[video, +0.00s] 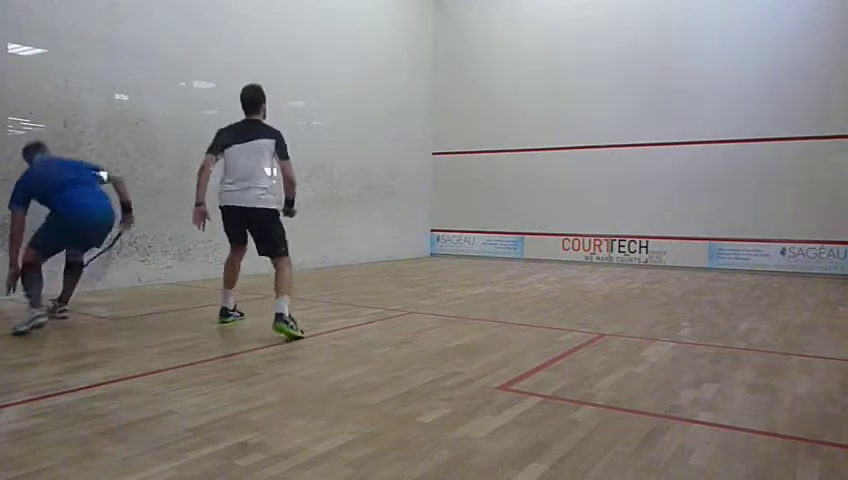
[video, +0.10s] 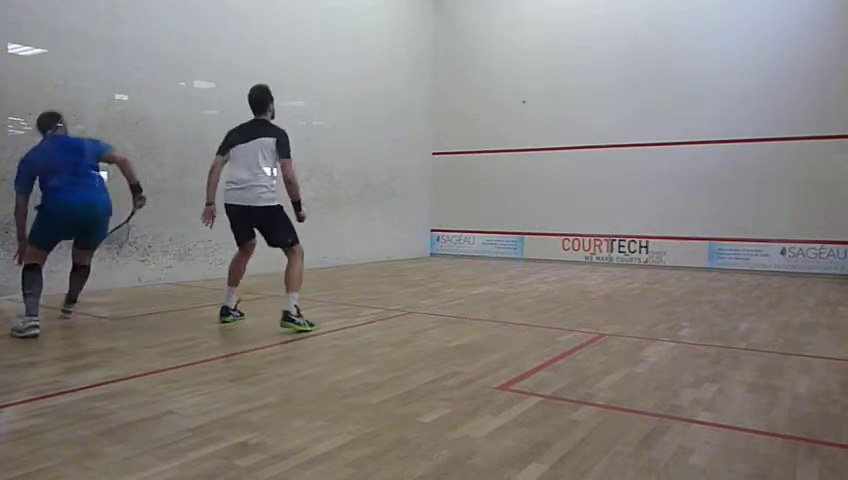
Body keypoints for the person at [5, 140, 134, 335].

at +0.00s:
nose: (32, 164)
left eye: (29, 161)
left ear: (28, 160)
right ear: (48, 153)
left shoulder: (28, 179)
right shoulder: (71, 165)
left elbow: (17, 229)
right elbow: (116, 179)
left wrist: (13, 267)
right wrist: (127, 211)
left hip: (70, 219)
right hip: (104, 218)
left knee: (30, 261)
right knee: (75, 253)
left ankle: (36, 309)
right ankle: (62, 303)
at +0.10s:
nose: (65, 131)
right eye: (64, 127)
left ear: (41, 132)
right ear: (64, 127)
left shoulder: (32, 157)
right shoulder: (86, 145)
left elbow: (21, 204)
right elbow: (122, 160)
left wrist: (21, 240)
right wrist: (137, 192)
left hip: (58, 210)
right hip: (96, 209)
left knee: (33, 260)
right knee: (82, 260)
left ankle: (31, 317)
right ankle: (68, 307)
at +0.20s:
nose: (86, 110)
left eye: (84, 106)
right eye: (85, 106)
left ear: (59, 109)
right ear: (81, 107)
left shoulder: (46, 135)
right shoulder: (98, 129)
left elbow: (31, 182)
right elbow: (129, 154)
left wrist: (33, 221)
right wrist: (146, 184)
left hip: (56, 192)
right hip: (96, 191)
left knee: (42, 253)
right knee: (92, 251)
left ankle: (31, 316)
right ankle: (82, 304)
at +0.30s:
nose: (107, 103)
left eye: (105, 98)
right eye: (105, 99)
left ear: (80, 99)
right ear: (99, 98)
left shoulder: (59, 124)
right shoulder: (111, 122)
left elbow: (42, 170)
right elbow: (133, 156)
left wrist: (48, 204)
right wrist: (153, 187)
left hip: (61, 188)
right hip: (101, 187)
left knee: (48, 253)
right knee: (115, 248)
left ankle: (29, 316)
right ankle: (104, 306)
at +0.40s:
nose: (126, 111)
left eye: (125, 106)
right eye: (125, 106)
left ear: (99, 106)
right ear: (118, 106)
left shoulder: (77, 128)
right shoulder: (125, 132)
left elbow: (52, 169)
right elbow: (143, 172)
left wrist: (69, 199)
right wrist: (164, 200)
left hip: (67, 201)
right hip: (106, 202)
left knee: (54, 263)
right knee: (133, 256)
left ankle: (28, 323)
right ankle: (127, 316)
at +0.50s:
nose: (142, 120)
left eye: (141, 115)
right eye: (141, 115)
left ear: (114, 116)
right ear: (135, 117)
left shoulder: (89, 137)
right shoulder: (138, 145)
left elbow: (64, 173)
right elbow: (154, 188)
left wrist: (79, 202)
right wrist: (172, 219)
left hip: (78, 209)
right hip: (114, 210)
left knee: (75, 266)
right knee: (141, 265)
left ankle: (38, 310)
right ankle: (128, 327)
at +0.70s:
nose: (159, 120)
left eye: (159, 114)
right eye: (157, 115)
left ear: (133, 114)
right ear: (146, 115)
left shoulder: (104, 135)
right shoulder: (150, 146)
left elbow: (77, 167)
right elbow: (162, 189)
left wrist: (76, 206)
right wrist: (176, 222)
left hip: (90, 206)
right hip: (124, 210)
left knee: (104, 250)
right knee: (141, 265)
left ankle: (74, 303)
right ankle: (128, 326)